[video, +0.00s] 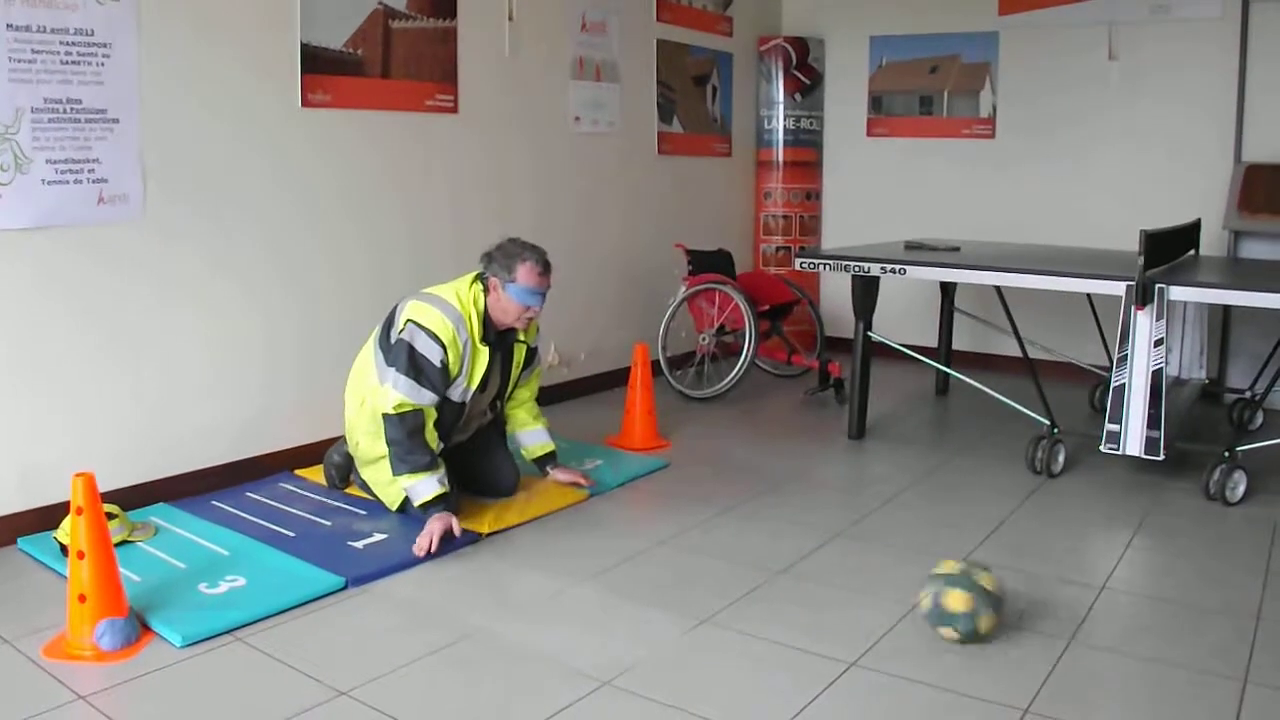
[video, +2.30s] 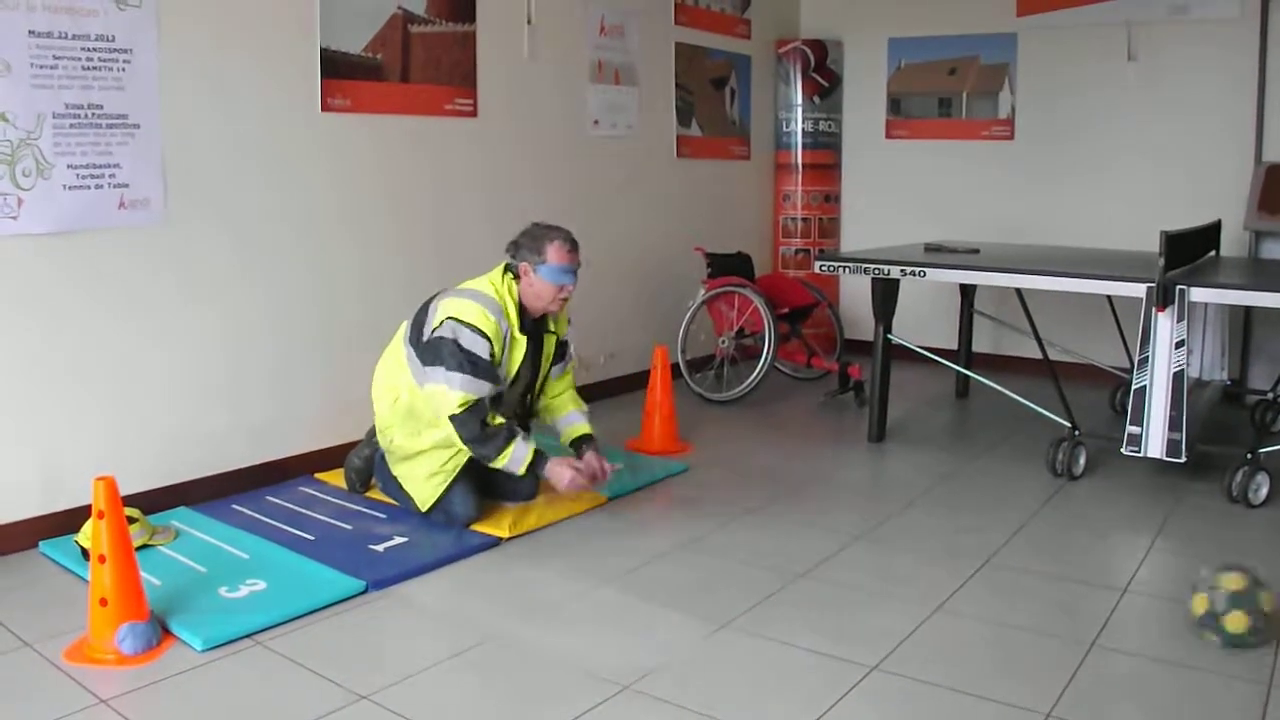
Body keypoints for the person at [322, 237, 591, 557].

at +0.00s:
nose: (535, 310)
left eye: (541, 299)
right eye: (527, 297)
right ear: (494, 288)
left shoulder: (522, 326)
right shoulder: (433, 324)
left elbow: (519, 399)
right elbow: (402, 418)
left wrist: (549, 464)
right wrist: (436, 508)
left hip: (463, 415)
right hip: (386, 421)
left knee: (501, 483)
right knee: (425, 509)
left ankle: (424, 459)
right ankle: (358, 455)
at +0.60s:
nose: (523, 301)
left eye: (529, 290)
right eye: (514, 289)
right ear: (481, 277)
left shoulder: (510, 319)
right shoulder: (422, 320)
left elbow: (510, 396)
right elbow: (412, 421)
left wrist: (527, 463)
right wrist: (474, 492)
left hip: (449, 417)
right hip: (383, 430)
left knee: (504, 478)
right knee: (445, 505)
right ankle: (360, 459)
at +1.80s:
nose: (543, 285)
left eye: (548, 273)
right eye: (533, 273)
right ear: (499, 268)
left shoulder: (534, 308)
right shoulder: (446, 310)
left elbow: (541, 383)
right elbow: (434, 409)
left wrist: (554, 450)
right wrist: (508, 469)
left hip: (470, 412)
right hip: (401, 422)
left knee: (511, 484)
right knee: (455, 506)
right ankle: (375, 462)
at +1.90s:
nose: (544, 288)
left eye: (548, 276)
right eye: (534, 276)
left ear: (552, 271)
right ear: (499, 270)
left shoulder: (532, 309)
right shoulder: (453, 314)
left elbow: (557, 378)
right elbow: (477, 407)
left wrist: (606, 425)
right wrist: (568, 440)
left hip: (461, 410)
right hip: (405, 421)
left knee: (516, 483)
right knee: (455, 507)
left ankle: (425, 449)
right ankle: (377, 456)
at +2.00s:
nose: (550, 286)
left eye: (554, 274)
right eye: (541, 274)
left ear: (559, 272)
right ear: (505, 271)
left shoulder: (536, 305)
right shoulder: (462, 313)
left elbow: (570, 362)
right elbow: (504, 397)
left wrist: (622, 392)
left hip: (471, 405)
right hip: (410, 416)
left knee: (516, 485)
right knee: (456, 509)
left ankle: (432, 447)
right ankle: (377, 455)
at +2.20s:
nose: (562, 286)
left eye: (566, 275)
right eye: (553, 275)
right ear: (518, 269)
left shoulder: (547, 307)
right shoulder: (468, 314)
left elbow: (566, 378)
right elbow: (493, 413)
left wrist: (609, 415)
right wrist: (581, 439)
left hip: (467, 412)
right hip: (413, 421)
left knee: (519, 485)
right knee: (457, 511)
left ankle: (427, 449)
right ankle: (378, 455)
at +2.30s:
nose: (569, 290)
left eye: (573, 279)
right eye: (560, 279)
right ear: (524, 272)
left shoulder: (551, 316)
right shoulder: (471, 317)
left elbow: (556, 388)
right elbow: (465, 419)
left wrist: (584, 444)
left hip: (473, 414)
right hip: (411, 421)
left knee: (520, 490)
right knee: (459, 510)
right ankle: (379, 456)